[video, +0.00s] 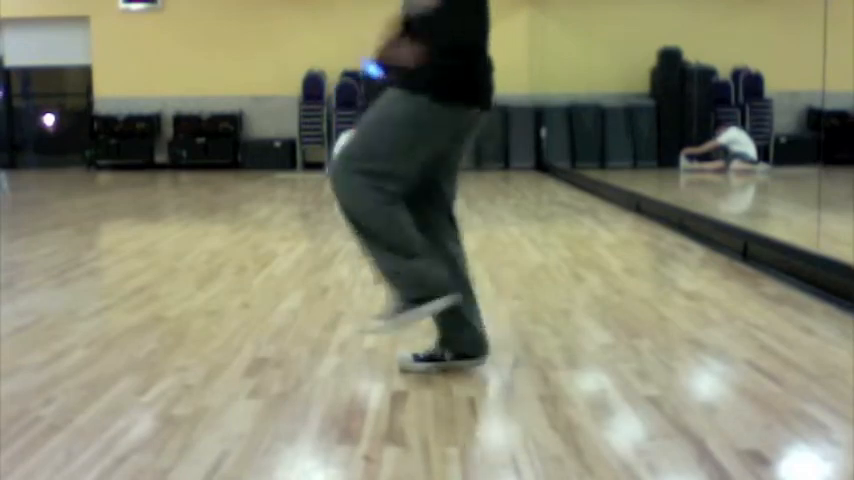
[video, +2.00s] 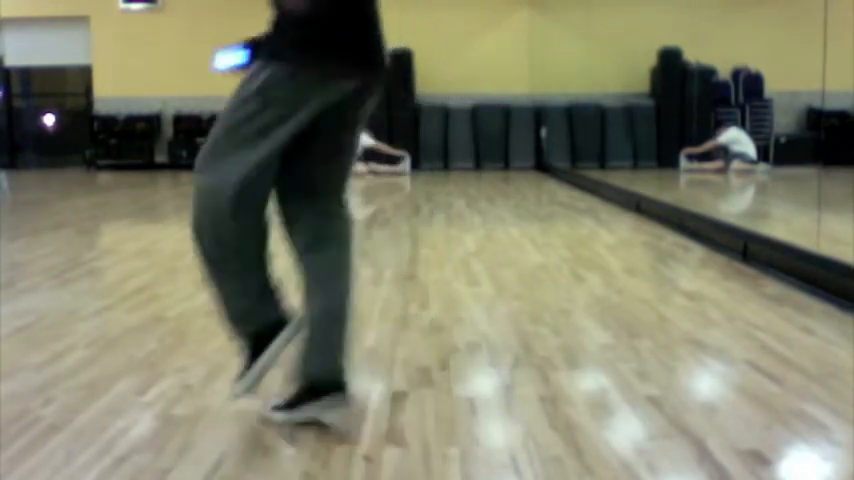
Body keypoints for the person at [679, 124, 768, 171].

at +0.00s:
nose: (719, 135)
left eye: (719, 132)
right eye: (718, 133)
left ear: (723, 128)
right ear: (727, 127)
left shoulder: (731, 132)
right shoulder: (733, 132)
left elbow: (708, 147)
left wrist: (687, 151)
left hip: (744, 159)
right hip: (734, 159)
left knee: (734, 167)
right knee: (716, 165)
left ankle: (755, 171)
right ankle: (696, 166)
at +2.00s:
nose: (719, 134)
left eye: (719, 132)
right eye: (718, 133)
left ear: (723, 128)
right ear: (727, 127)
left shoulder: (732, 132)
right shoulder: (733, 132)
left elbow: (711, 146)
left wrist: (688, 151)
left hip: (743, 160)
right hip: (734, 159)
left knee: (733, 170)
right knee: (715, 165)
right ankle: (692, 166)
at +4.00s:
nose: (719, 136)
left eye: (719, 134)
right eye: (719, 135)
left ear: (722, 130)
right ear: (726, 128)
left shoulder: (730, 132)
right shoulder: (733, 132)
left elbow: (707, 148)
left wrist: (687, 151)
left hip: (745, 159)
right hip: (734, 159)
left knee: (733, 168)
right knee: (714, 165)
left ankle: (754, 170)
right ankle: (691, 166)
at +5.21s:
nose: (720, 136)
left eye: (720, 134)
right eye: (719, 134)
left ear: (722, 130)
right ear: (726, 128)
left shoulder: (730, 133)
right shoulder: (734, 131)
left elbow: (705, 148)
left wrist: (687, 151)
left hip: (746, 161)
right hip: (737, 159)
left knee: (733, 167)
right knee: (717, 164)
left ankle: (755, 169)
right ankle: (693, 166)